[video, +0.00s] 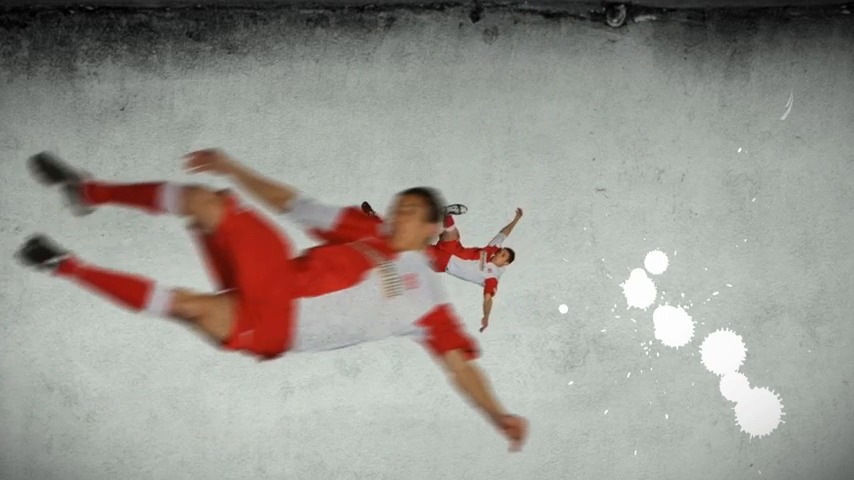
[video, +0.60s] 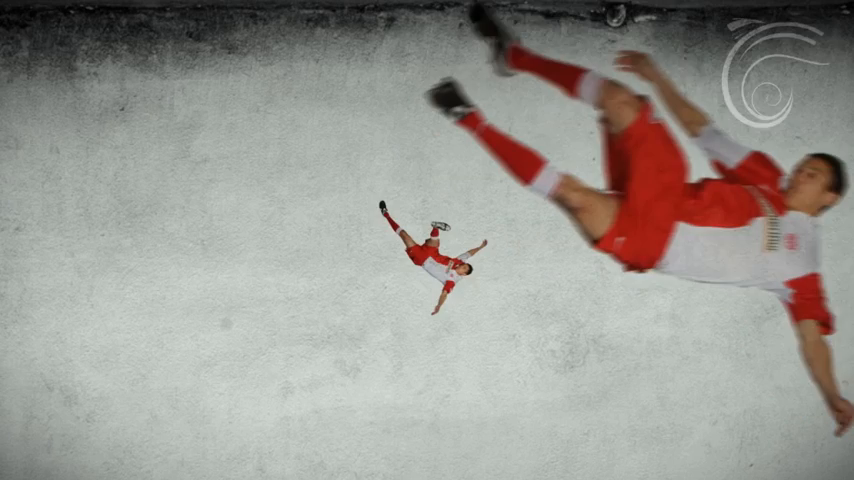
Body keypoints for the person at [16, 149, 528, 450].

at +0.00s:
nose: (393, 221)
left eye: (406, 217)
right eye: (394, 213)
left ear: (432, 231)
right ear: (393, 217)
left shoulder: (430, 303)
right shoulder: (364, 227)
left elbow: (463, 368)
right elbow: (293, 205)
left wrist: (500, 417)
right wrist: (229, 167)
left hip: (276, 328)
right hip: (271, 272)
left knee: (192, 304)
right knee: (206, 198)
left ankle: (65, 266)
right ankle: (87, 193)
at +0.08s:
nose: (457, 211)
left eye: (470, 206)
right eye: (458, 202)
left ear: (500, 222)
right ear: (456, 206)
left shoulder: (490, 296)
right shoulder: (429, 214)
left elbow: (522, 359)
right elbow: (357, 187)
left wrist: (554, 408)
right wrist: (296, 148)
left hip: (333, 311)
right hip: (334, 252)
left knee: (249, 281)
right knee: (267, 175)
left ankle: (126, 240)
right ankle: (153, 167)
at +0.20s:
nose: (555, 189)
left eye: (569, 188)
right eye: (557, 180)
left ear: (588, 205)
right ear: (552, 181)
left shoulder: (576, 270)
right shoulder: (522, 190)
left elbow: (605, 341)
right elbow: (451, 161)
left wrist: (635, 393)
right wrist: (396, 118)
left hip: (424, 283)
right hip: (426, 224)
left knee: (339, 249)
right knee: (363, 143)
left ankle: (218, 199)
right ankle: (249, 127)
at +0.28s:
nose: (619, 173)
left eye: (633, 173)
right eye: (622, 164)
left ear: (651, 195)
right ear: (617, 168)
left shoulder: (635, 260)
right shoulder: (584, 174)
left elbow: (662, 331)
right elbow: (514, 142)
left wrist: (691, 384)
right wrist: (464, 100)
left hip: (483, 264)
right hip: (490, 205)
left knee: (400, 227)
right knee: (427, 124)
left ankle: (283, 172)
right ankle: (315, 102)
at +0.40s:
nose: (691, 172)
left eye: (705, 171)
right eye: (692, 164)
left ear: (723, 193)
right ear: (686, 168)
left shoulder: (704, 262)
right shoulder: (655, 171)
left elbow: (724, 331)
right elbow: (589, 135)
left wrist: (750, 387)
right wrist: (539, 85)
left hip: (551, 250)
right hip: (562, 190)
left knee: (466, 209)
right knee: (507, 113)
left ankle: (355, 147)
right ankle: (395, 82)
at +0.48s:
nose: (732, 175)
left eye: (746, 174)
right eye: (735, 167)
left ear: (764, 194)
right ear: (729, 172)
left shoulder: (744, 264)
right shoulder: (698, 174)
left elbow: (759, 335)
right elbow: (636, 134)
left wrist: (782, 390)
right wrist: (586, 83)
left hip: (588, 247)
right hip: (606, 187)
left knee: (507, 201)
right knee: (553, 107)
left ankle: (400, 136)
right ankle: (444, 72)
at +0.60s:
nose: (797, 177)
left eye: (810, 177)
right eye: (800, 169)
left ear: (828, 198)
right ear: (795, 173)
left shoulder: (803, 265)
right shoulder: (766, 177)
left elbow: (814, 337)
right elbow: (703, 131)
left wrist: (833, 397)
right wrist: (656, 78)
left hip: (648, 241)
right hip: (668, 183)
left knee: (569, 191)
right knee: (619, 99)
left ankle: (468, 119)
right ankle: (512, 54)